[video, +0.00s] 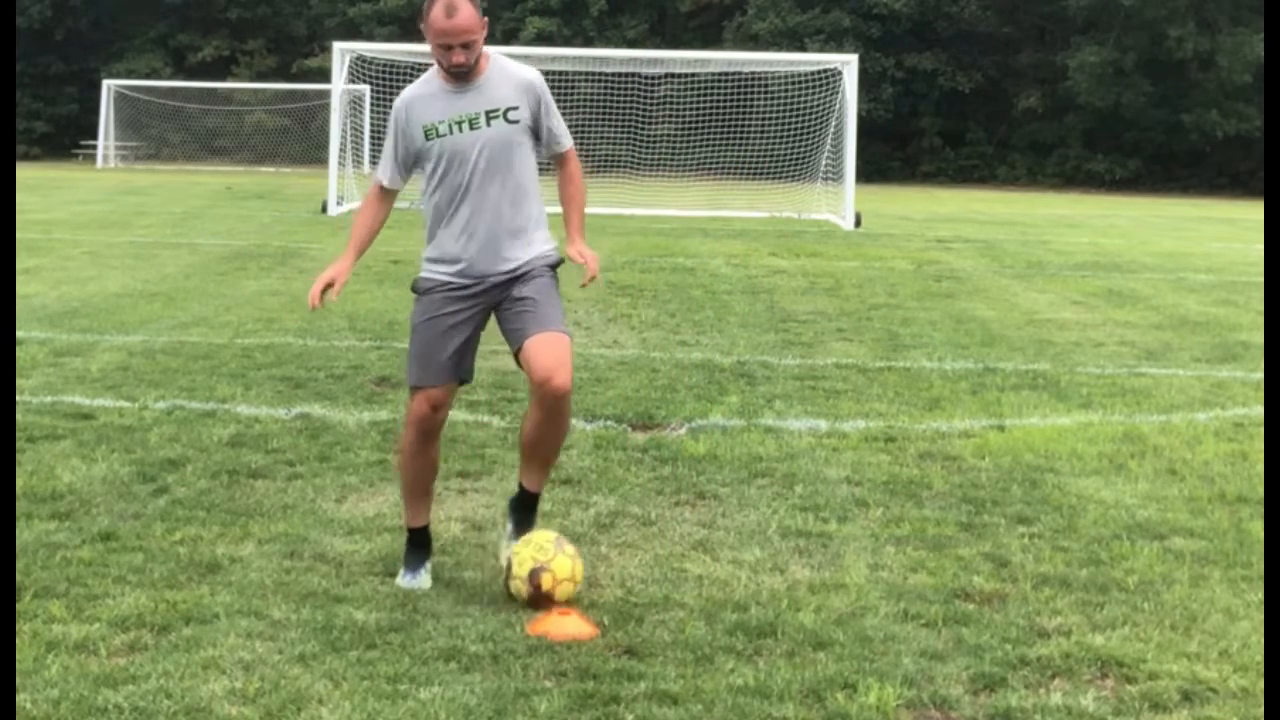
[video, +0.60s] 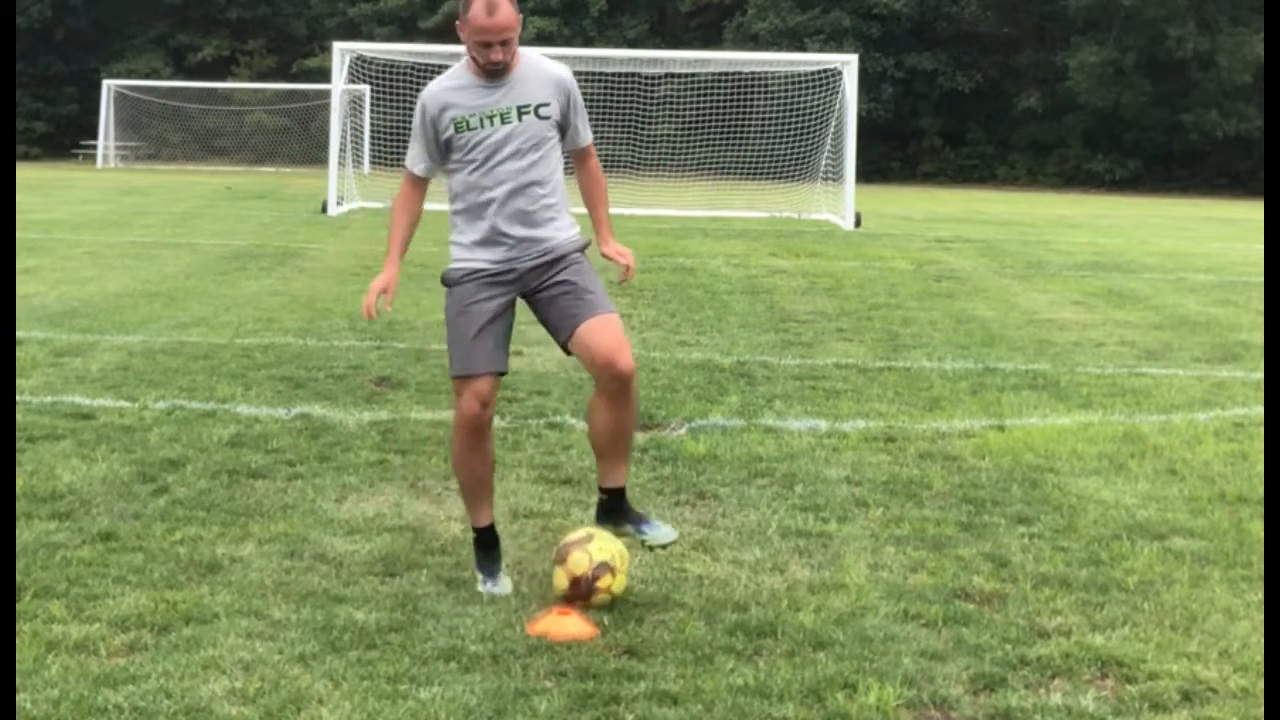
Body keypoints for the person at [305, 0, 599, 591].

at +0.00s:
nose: (458, 57)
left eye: (468, 45)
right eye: (446, 47)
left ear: (484, 30)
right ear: (426, 37)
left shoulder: (524, 84)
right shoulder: (411, 105)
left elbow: (565, 157)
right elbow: (382, 191)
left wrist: (575, 237)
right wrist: (346, 260)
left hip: (527, 265)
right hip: (448, 275)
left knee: (556, 384)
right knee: (427, 407)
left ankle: (524, 514)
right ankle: (417, 546)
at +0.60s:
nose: (497, 55)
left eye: (506, 42)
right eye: (485, 45)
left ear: (521, 27)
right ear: (461, 33)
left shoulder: (554, 79)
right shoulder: (436, 100)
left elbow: (585, 158)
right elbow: (413, 184)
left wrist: (604, 234)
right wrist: (391, 264)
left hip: (556, 255)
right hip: (478, 269)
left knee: (618, 366)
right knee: (474, 408)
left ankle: (613, 507)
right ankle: (486, 548)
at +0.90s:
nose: (515, 77)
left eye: (524, 63)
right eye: (502, 66)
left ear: (537, 50)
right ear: (478, 54)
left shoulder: (565, 100)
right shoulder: (457, 123)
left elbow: (596, 181)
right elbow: (423, 212)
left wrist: (629, 257)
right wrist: (411, 299)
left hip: (577, 278)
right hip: (499, 293)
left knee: (644, 384)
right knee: (492, 430)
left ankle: (640, 537)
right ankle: (497, 560)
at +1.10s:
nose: (532, 68)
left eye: (542, 54)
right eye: (519, 57)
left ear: (553, 39)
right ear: (494, 44)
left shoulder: (581, 92)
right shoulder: (472, 114)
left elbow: (609, 163)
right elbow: (441, 205)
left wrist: (637, 237)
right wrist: (431, 293)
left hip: (590, 275)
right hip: (512, 290)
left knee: (660, 382)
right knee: (500, 426)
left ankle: (657, 537)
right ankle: (497, 558)